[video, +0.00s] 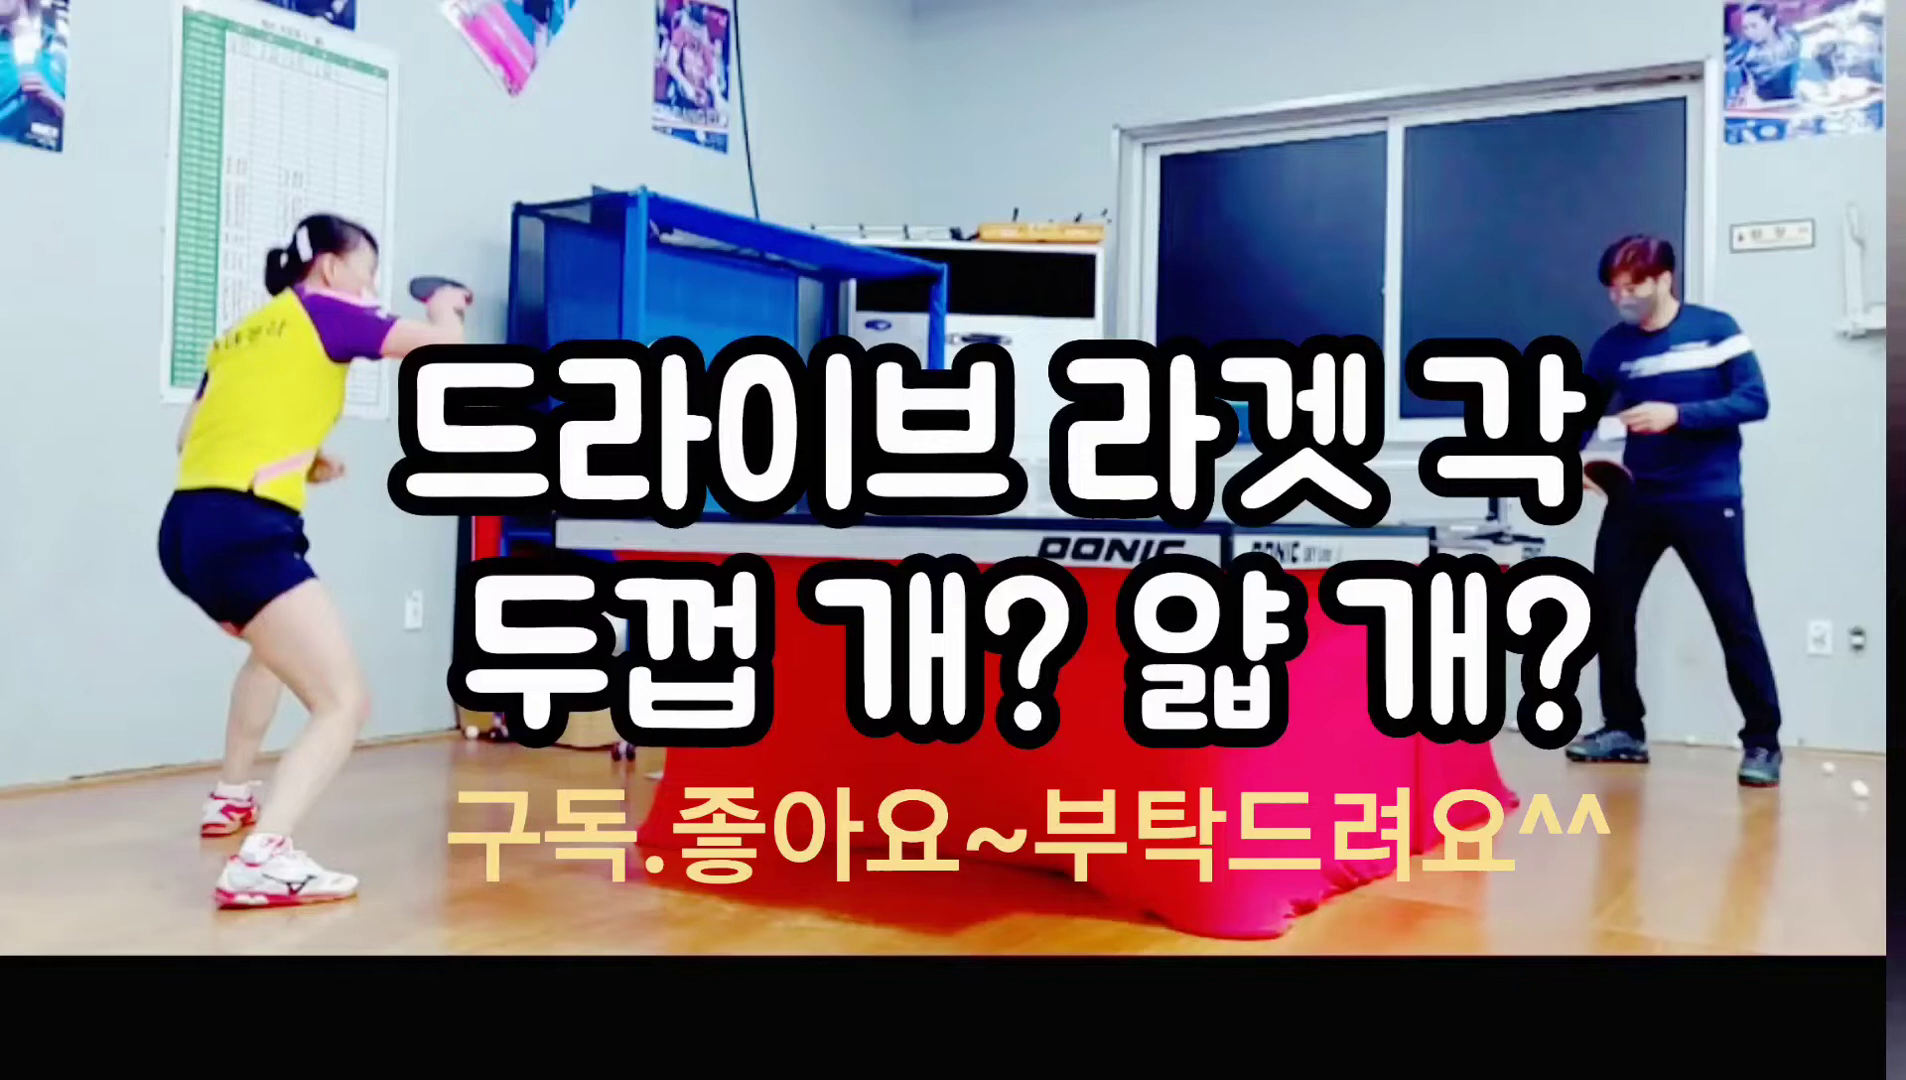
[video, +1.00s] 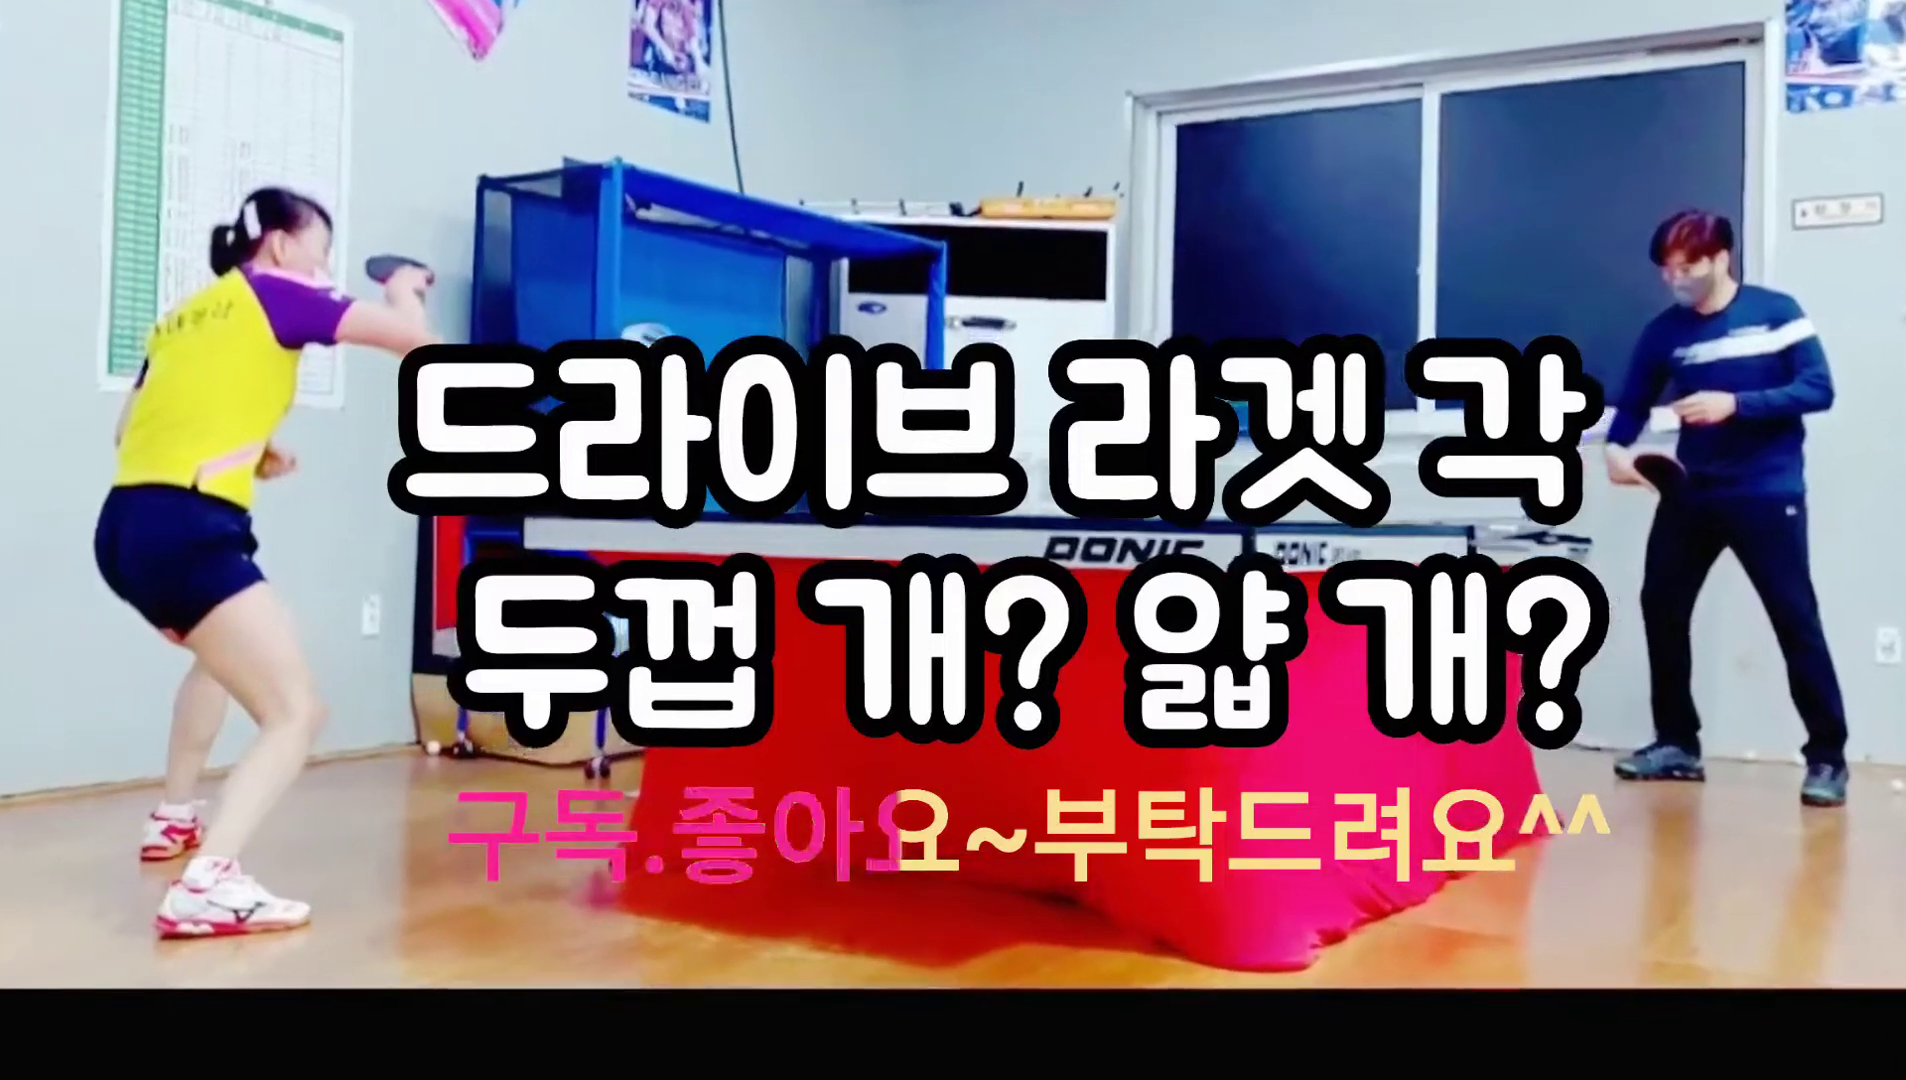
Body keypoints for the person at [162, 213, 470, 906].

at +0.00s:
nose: (370, 285)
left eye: (372, 274)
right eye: (365, 270)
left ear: (305, 267)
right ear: (326, 263)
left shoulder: (238, 335)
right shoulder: (323, 311)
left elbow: (194, 443)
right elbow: (439, 344)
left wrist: (300, 465)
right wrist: (445, 310)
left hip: (184, 528)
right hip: (245, 527)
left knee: (272, 649)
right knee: (343, 702)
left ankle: (233, 793)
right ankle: (264, 855)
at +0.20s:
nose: (362, 281)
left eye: (364, 270)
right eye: (358, 267)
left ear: (297, 263)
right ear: (319, 259)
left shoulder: (228, 332)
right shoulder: (315, 309)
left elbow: (185, 441)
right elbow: (435, 344)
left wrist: (291, 464)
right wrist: (438, 308)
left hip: (174, 527)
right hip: (236, 526)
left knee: (262, 650)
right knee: (334, 704)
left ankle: (224, 795)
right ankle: (255, 859)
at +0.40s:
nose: (353, 278)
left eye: (355, 266)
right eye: (348, 263)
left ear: (286, 259)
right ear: (308, 255)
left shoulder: (218, 328)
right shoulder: (305, 304)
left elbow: (171, 440)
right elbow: (430, 343)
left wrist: (280, 463)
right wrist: (429, 303)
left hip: (161, 528)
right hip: (224, 527)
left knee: (251, 651)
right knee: (324, 707)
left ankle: (211, 801)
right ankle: (244, 864)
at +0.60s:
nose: (343, 273)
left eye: (345, 261)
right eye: (338, 257)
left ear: (275, 255)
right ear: (297, 250)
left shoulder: (205, 324)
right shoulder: (296, 301)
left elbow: (160, 439)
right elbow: (423, 341)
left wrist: (269, 461)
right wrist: (420, 299)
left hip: (148, 527)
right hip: (212, 526)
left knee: (241, 653)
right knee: (315, 707)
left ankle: (200, 805)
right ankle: (233, 869)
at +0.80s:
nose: (333, 269)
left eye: (336, 257)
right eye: (329, 253)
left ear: (266, 250)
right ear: (287, 245)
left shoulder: (194, 320)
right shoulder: (285, 298)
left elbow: (149, 437)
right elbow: (418, 339)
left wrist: (258, 460)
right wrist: (410, 295)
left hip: (136, 527)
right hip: (200, 528)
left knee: (230, 655)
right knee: (304, 710)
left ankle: (187, 810)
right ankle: (222, 875)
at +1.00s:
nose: (324, 265)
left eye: (326, 252)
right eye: (319, 249)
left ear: (255, 244)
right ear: (277, 240)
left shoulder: (185, 316)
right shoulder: (276, 294)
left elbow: (137, 433)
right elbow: (412, 338)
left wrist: (249, 457)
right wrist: (402, 292)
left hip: (123, 526)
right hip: (188, 527)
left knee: (219, 654)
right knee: (295, 712)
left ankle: (176, 814)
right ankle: (211, 879)